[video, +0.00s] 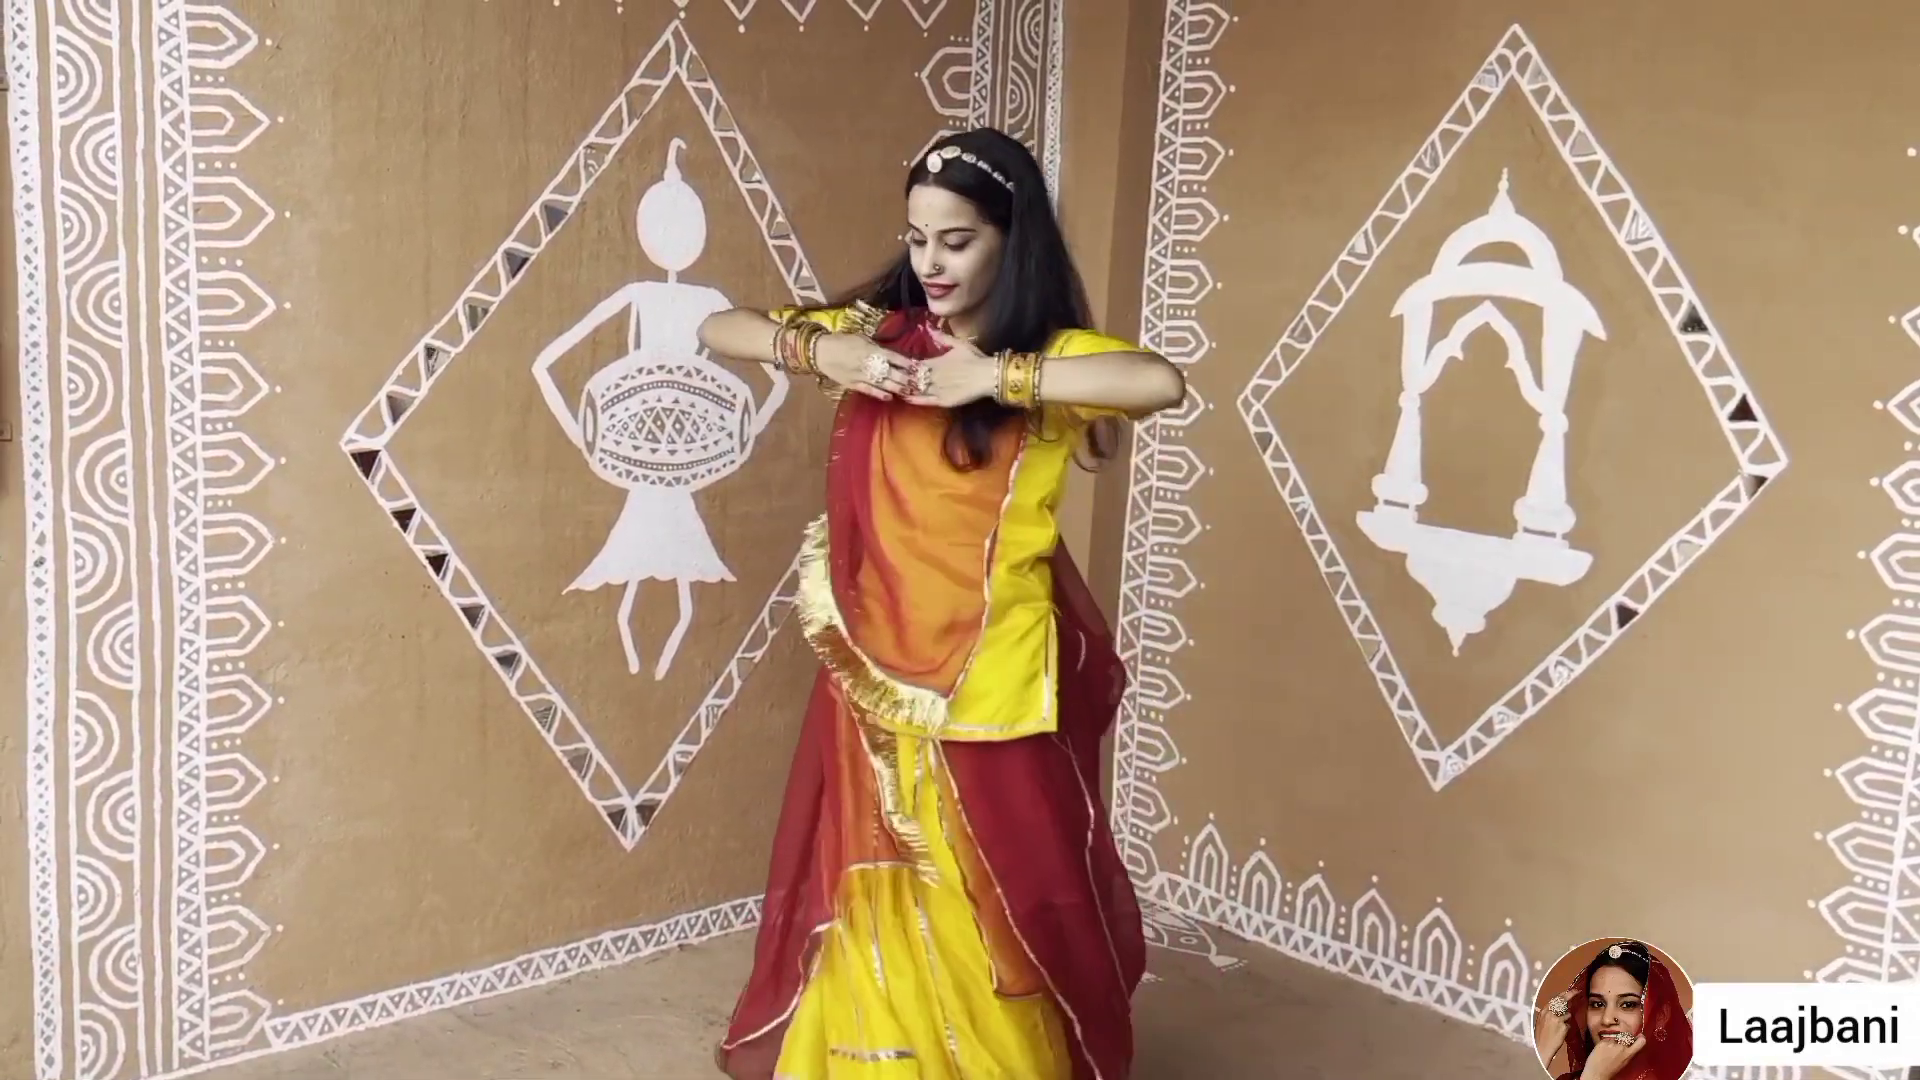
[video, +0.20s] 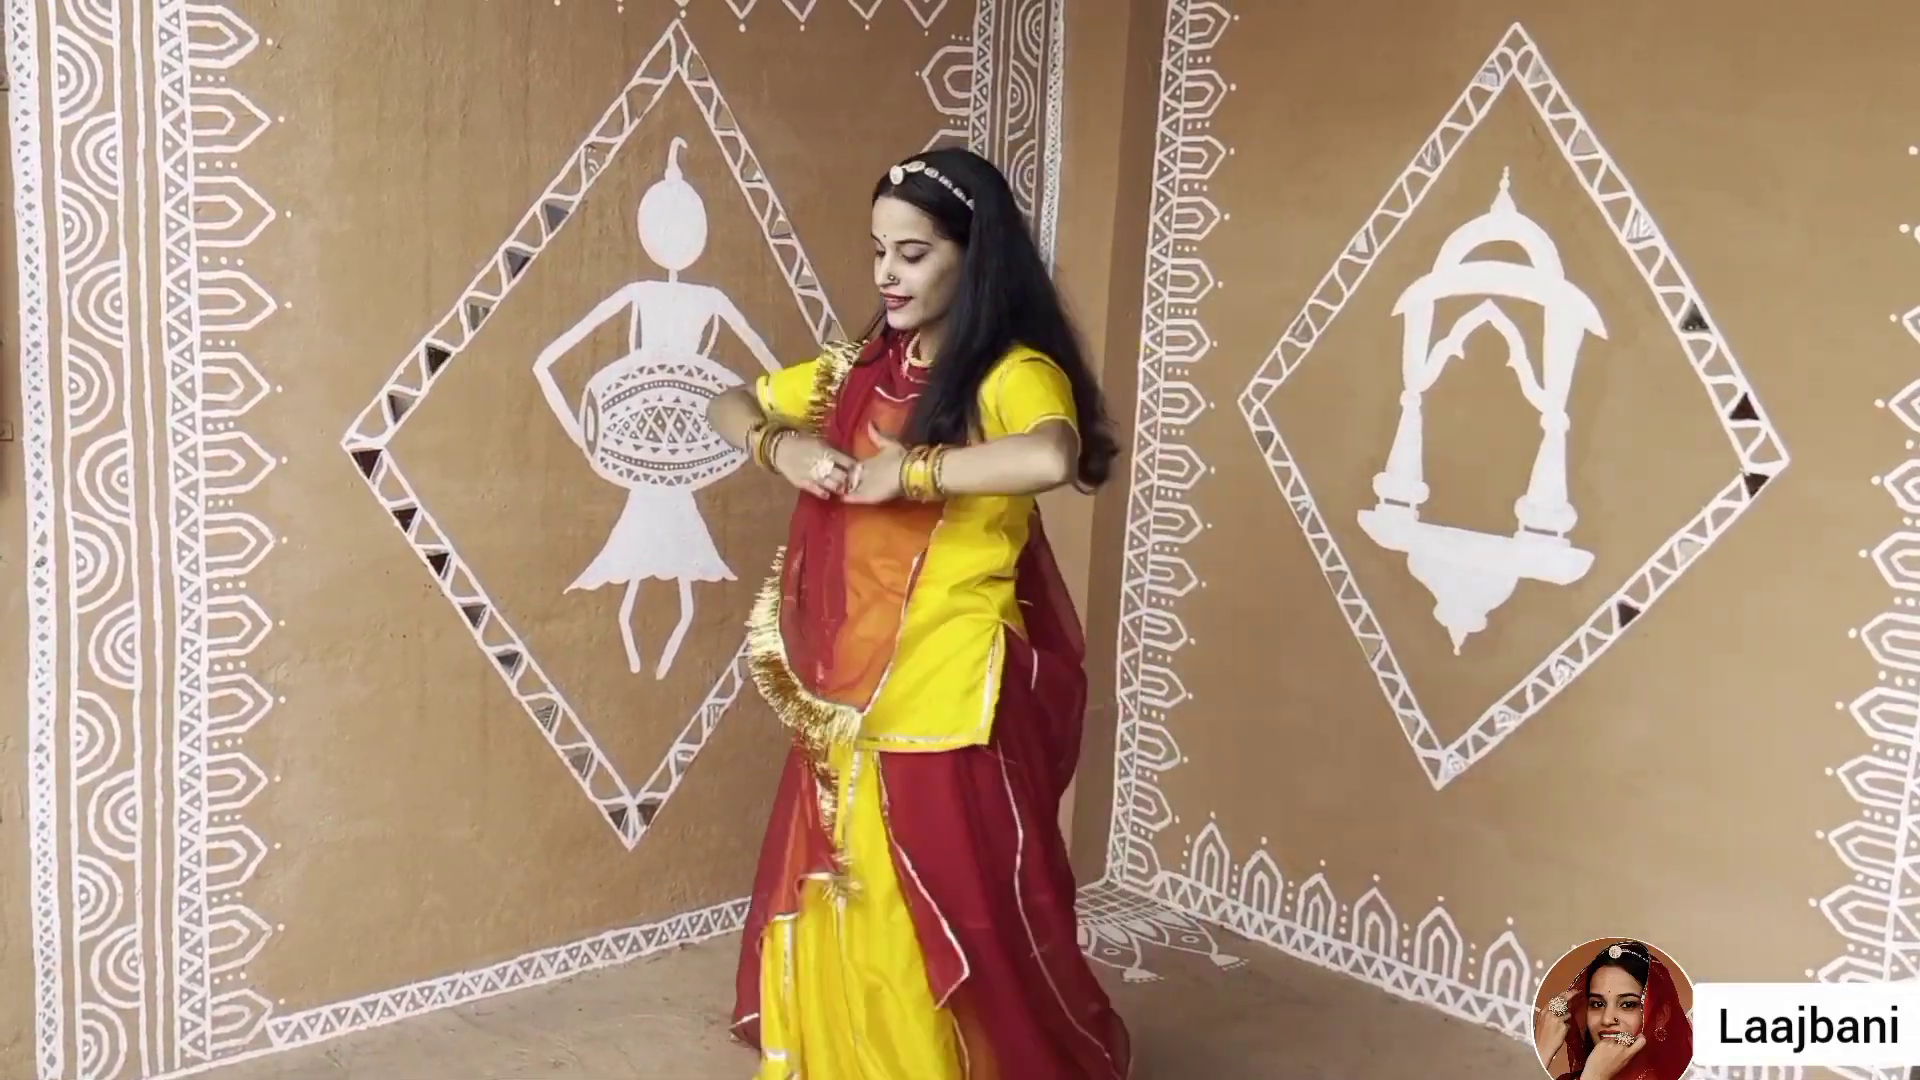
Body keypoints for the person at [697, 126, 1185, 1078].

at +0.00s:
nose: (931, 262)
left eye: (954, 240)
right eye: (918, 239)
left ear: (1012, 238)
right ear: (904, 240)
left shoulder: (1050, 354)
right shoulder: (876, 327)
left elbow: (1161, 384)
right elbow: (721, 330)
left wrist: (991, 376)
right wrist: (821, 350)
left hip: (994, 696)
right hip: (868, 679)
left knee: (990, 948)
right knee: (859, 933)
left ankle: (1003, 1065)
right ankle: (859, 1065)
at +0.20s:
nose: (887, 273)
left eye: (911, 253)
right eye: (879, 250)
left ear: (974, 257)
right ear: (873, 251)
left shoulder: (1011, 368)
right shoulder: (868, 358)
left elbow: (1054, 455)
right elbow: (732, 403)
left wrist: (909, 469)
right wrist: (783, 446)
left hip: (949, 702)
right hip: (845, 693)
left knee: (937, 944)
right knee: (822, 934)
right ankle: (822, 1061)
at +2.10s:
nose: (999, 213)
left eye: (1006, 191)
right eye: (976, 190)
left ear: (996, 196)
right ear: (912, 198)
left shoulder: (932, 299)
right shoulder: (934, 311)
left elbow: (1023, 168)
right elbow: (1072, 205)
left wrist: (1070, 55)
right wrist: (1091, 62)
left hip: (951, 588)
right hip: (974, 602)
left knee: (930, 819)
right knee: (1028, 830)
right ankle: (1014, 1044)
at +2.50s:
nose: (942, 216)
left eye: (951, 203)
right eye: (953, 199)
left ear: (960, 228)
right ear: (1058, 230)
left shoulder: (921, 309)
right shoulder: (1088, 345)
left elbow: (814, 198)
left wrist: (868, 112)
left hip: (912, 606)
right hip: (1025, 615)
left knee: (921, 823)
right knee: (1039, 826)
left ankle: (908, 1031)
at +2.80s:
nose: (875, 216)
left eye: (895, 198)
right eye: (875, 198)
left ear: (956, 208)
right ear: (903, 209)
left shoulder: (1004, 329)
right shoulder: (883, 308)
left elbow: (1068, 197)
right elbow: (752, 256)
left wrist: (994, 80)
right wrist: (825, 149)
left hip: (980, 640)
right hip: (878, 630)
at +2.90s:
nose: (868, 218)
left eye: (892, 200)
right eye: (867, 198)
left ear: (954, 211)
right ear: (865, 201)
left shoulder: (1005, 312)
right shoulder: (845, 310)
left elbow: (1120, 199)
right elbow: (734, 261)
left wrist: (1039, 84)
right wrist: (837, 148)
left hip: (975, 647)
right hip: (848, 638)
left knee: (979, 886)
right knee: (850, 886)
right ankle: (848, 1057)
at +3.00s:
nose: (879, 235)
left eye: (907, 216)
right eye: (868, 214)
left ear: (949, 231)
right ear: (848, 228)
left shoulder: (989, 308)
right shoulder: (819, 335)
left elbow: (1127, 217)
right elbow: (786, 303)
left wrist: (1081, 114)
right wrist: (882, 185)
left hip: (1007, 644)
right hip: (869, 648)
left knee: (993, 879)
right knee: (833, 872)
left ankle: (994, 1056)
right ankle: (827, 1056)